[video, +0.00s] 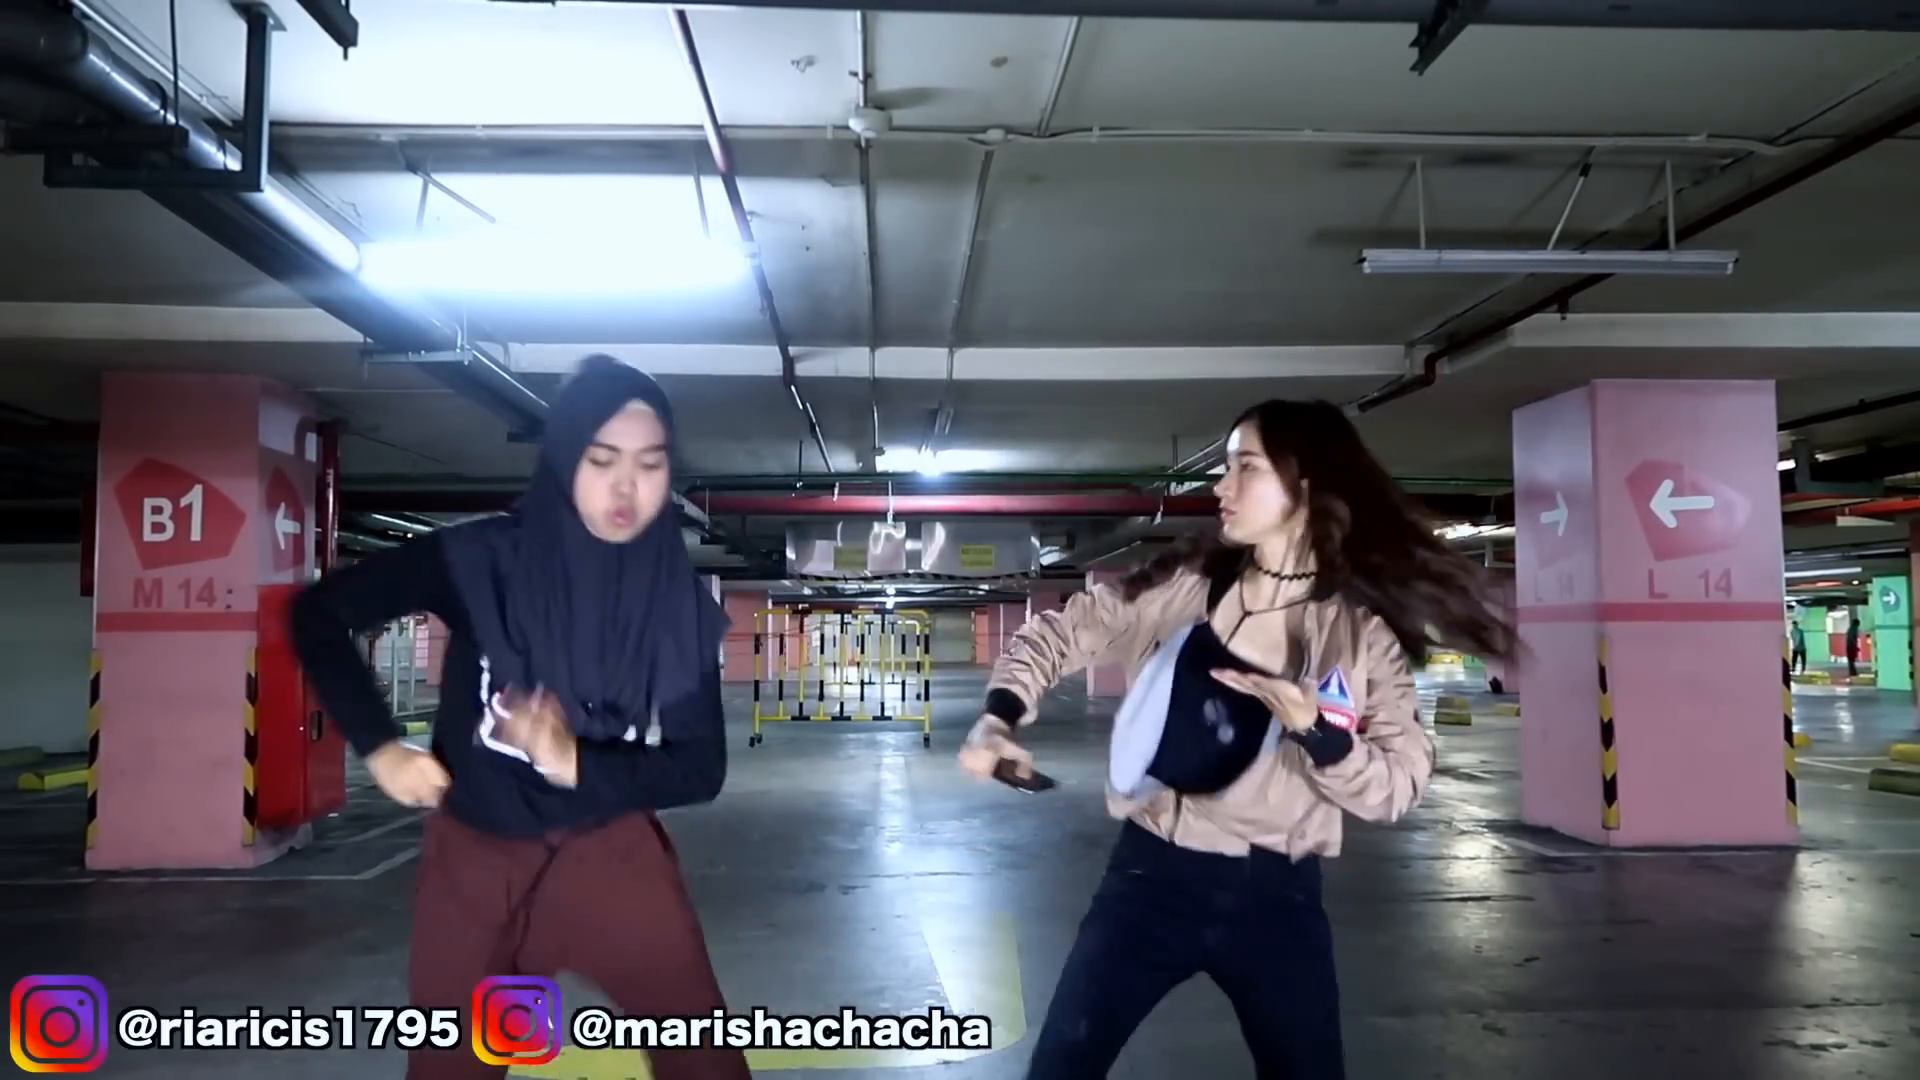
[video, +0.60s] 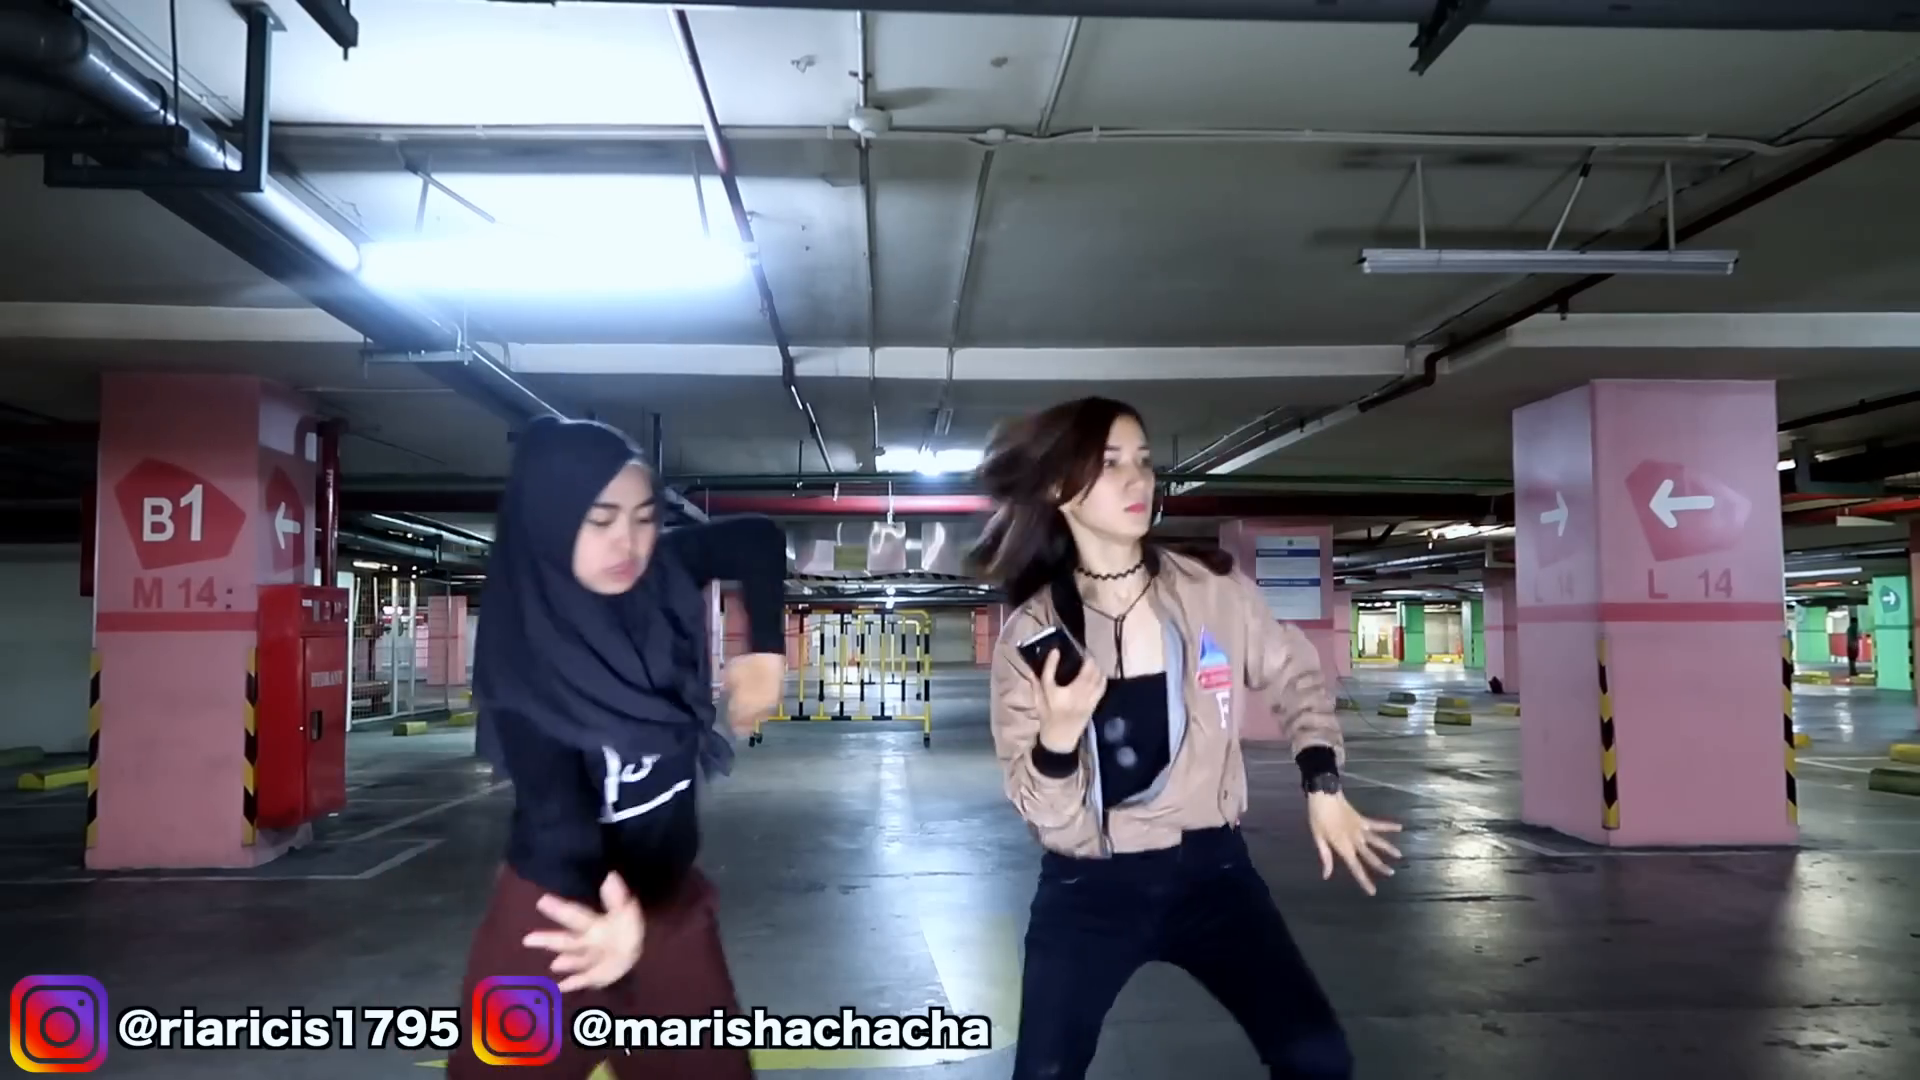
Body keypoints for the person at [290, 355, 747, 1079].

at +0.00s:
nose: (627, 489)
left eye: (651, 464)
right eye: (603, 461)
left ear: (670, 470)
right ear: (561, 461)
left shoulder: (678, 599)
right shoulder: (478, 557)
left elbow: (701, 769)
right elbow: (318, 612)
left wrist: (578, 766)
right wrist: (380, 743)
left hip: (614, 860)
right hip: (471, 861)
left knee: (707, 1063)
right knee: (444, 1067)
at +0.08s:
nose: (595, 478)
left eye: (617, 451)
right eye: (569, 451)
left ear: (638, 456)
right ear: (525, 451)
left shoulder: (652, 572)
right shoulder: (448, 554)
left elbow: (727, 719)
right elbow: (275, 643)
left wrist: (636, 790)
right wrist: (336, 760)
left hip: (607, 836)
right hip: (463, 840)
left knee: (701, 1029)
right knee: (430, 1060)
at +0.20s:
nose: (555, 523)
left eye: (577, 497)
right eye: (529, 496)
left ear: (596, 500)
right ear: (481, 495)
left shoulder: (618, 586)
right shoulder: (425, 601)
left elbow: (738, 628)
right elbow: (370, 815)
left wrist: (694, 743)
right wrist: (393, 711)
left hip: (570, 864)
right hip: (431, 885)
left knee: (707, 952)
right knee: (410, 1068)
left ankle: (588, 979)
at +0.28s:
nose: (554, 510)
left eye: (573, 483)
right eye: (526, 484)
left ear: (590, 480)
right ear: (477, 484)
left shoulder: (607, 552)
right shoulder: (433, 574)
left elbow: (720, 565)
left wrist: (680, 686)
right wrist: (452, 663)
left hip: (570, 840)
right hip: (444, 862)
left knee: (708, 933)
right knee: (422, 1068)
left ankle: (635, 1056)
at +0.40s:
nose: (565, 479)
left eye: (583, 451)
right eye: (537, 454)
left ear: (597, 446)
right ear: (485, 456)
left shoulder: (615, 504)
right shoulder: (460, 553)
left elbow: (700, 493)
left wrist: (661, 611)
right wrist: (517, 603)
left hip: (605, 817)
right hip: (473, 829)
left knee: (724, 1029)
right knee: (427, 1060)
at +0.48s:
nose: (578, 505)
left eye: (595, 479)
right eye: (550, 480)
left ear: (610, 477)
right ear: (496, 480)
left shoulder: (637, 546)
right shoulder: (476, 583)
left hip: (616, 855)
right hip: (487, 855)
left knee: (705, 1060)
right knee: (443, 1064)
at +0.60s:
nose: (630, 544)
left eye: (644, 517)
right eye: (602, 519)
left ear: (657, 516)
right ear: (546, 521)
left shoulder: (656, 566)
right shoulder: (522, 644)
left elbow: (759, 539)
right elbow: (551, 798)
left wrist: (764, 653)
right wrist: (607, 912)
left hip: (670, 897)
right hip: (554, 898)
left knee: (714, 1067)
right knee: (497, 1066)